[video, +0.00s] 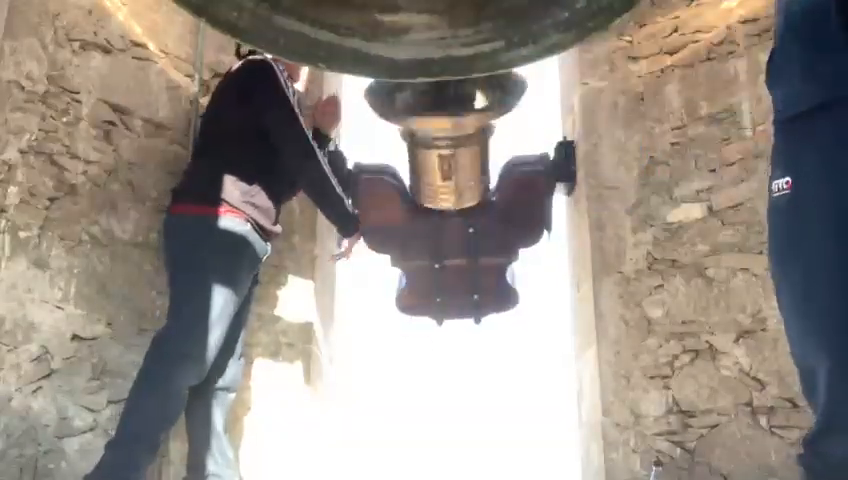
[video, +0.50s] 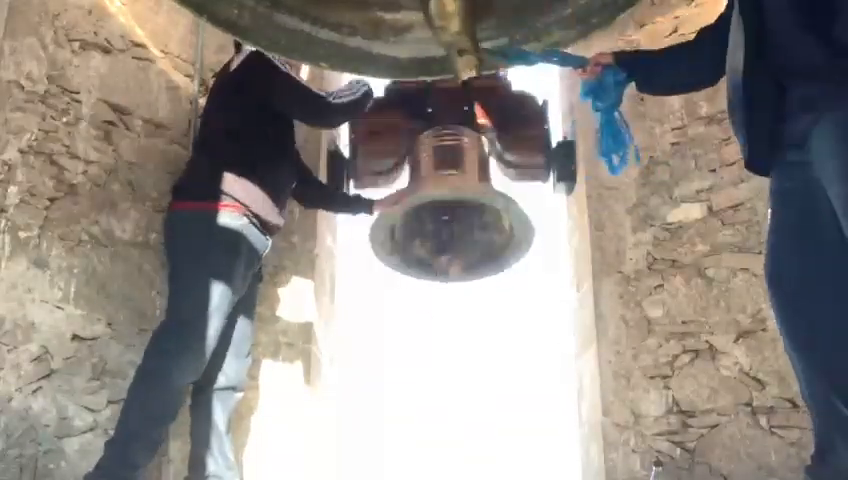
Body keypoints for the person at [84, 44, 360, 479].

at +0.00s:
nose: (304, 64)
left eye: (308, 57)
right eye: (301, 54)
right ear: (284, 50)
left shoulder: (286, 102)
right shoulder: (261, 73)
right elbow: (296, 152)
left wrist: (322, 136)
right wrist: (347, 222)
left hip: (248, 239)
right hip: (216, 225)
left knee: (221, 380)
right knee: (187, 358)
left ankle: (216, 473)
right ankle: (118, 470)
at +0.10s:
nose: (306, 54)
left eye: (307, 45)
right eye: (302, 42)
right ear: (281, 39)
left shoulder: (278, 88)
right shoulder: (257, 68)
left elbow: (307, 162)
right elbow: (285, 148)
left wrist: (330, 106)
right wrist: (330, 215)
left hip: (248, 235)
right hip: (217, 222)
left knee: (222, 377)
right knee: (188, 355)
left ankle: (215, 473)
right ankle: (117, 471)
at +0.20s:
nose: (309, 55)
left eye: (312, 47)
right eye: (307, 44)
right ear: (286, 35)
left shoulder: (271, 84)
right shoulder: (256, 67)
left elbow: (312, 149)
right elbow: (283, 145)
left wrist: (354, 93)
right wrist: (338, 194)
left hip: (250, 235)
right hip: (220, 224)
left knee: (222, 378)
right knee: (187, 359)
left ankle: (215, 472)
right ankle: (117, 470)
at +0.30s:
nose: (308, 62)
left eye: (310, 54)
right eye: (304, 50)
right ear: (283, 41)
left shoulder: (276, 91)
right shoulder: (257, 66)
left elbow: (316, 155)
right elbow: (289, 144)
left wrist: (368, 124)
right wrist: (352, 162)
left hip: (251, 237)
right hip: (220, 222)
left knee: (224, 378)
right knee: (187, 357)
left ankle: (215, 473)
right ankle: (117, 470)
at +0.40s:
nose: (306, 61)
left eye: (309, 54)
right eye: (303, 50)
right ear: (285, 43)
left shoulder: (276, 102)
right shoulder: (257, 67)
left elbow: (310, 178)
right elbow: (304, 131)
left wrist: (369, 163)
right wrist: (365, 128)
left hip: (251, 238)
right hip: (220, 222)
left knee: (225, 376)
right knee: (188, 357)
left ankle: (215, 473)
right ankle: (119, 470)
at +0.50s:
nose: (303, 61)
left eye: (304, 57)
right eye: (297, 53)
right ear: (275, 43)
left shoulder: (273, 119)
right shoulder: (255, 67)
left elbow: (307, 188)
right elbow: (324, 111)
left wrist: (373, 206)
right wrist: (372, 84)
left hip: (250, 241)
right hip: (216, 218)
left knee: (225, 380)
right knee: (186, 352)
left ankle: (216, 474)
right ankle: (117, 470)